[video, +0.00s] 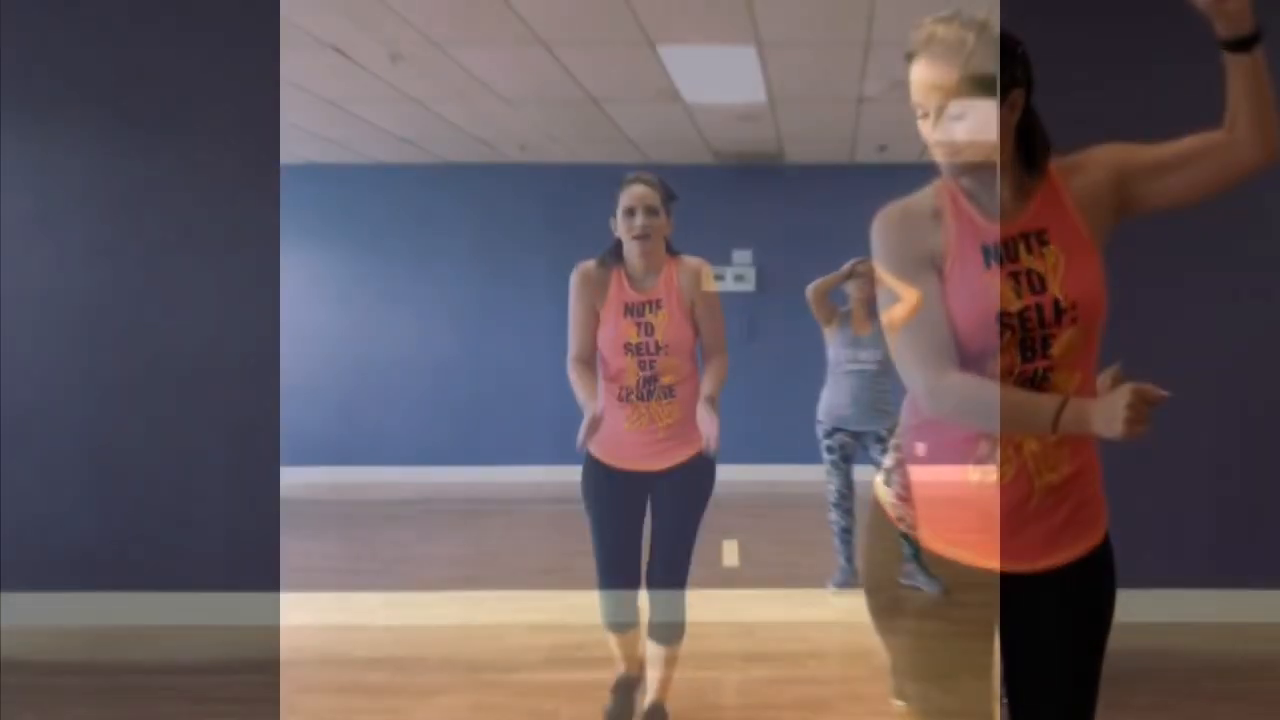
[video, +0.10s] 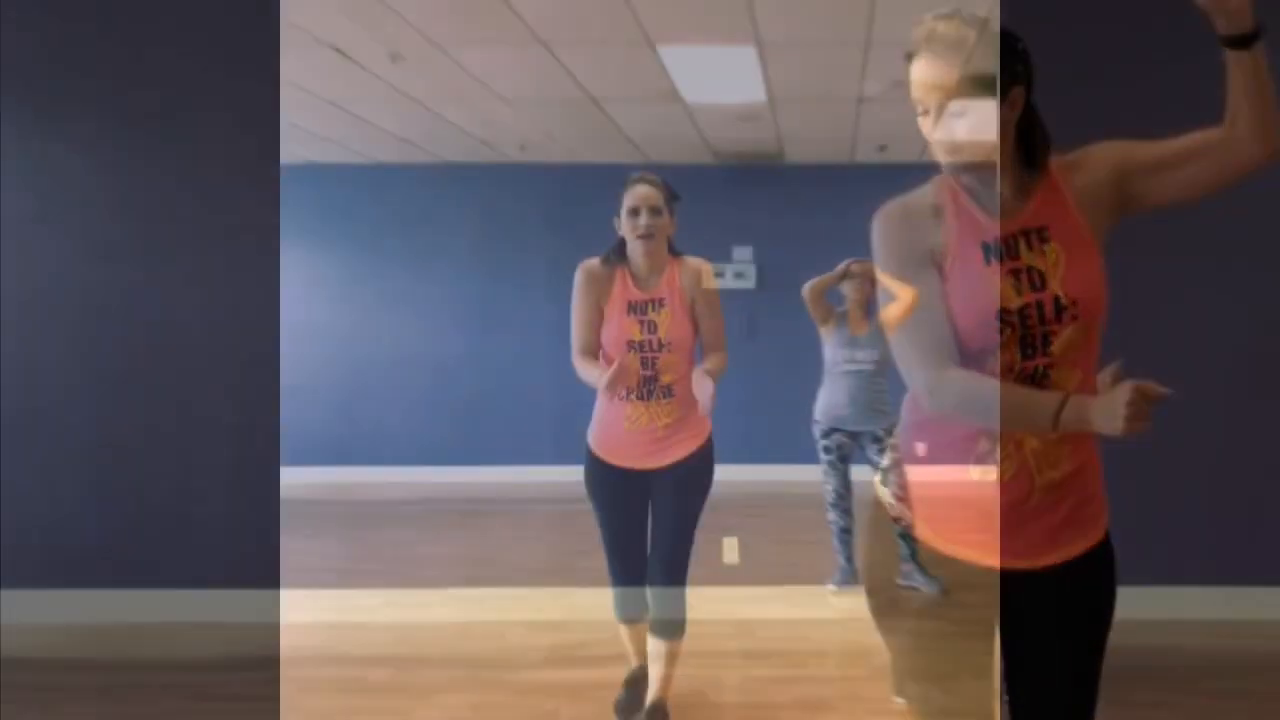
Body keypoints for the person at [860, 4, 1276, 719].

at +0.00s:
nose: (934, 131)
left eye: (952, 110)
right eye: (921, 114)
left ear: (1011, 103)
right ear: (911, 112)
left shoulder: (1093, 183)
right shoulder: (908, 226)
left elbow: (1251, 144)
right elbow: (934, 386)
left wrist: (1237, 33)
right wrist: (1082, 413)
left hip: (1062, 543)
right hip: (938, 544)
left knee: (1058, 712)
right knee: (948, 711)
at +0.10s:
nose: (933, 125)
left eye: (952, 105)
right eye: (921, 108)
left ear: (1010, 102)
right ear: (910, 108)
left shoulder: (1092, 181)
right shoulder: (908, 223)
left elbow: (1252, 141)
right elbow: (936, 384)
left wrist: (1238, 33)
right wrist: (1082, 410)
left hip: (1063, 542)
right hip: (943, 544)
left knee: (1058, 712)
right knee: (949, 712)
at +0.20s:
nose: (935, 121)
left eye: (954, 100)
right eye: (922, 102)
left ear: (1012, 97)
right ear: (910, 102)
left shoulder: (1092, 178)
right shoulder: (909, 220)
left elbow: (1252, 139)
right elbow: (935, 380)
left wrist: (1239, 31)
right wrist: (1083, 408)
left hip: (1064, 544)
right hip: (946, 547)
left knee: (1059, 710)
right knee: (951, 710)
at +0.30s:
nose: (937, 118)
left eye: (957, 97)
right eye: (923, 99)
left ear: (1013, 95)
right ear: (910, 97)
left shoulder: (1093, 175)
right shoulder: (909, 217)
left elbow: (1251, 137)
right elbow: (936, 378)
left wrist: (1240, 28)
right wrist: (1085, 405)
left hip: (1064, 544)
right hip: (946, 545)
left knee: (1059, 710)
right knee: (951, 710)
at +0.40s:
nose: (951, 117)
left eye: (971, 91)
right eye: (932, 96)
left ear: (1016, 90)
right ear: (915, 99)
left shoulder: (1090, 173)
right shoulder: (909, 214)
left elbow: (1250, 135)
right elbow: (936, 373)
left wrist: (1242, 30)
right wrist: (1089, 403)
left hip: (1066, 541)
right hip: (951, 542)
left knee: (1058, 713)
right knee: (952, 712)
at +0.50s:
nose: (962, 113)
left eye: (981, 88)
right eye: (941, 92)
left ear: (1016, 89)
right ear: (921, 99)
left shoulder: (1091, 169)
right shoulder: (909, 212)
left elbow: (1250, 132)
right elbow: (936, 370)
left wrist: (1243, 27)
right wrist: (1088, 401)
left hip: (1068, 534)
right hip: (953, 538)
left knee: (1059, 712)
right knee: (953, 711)